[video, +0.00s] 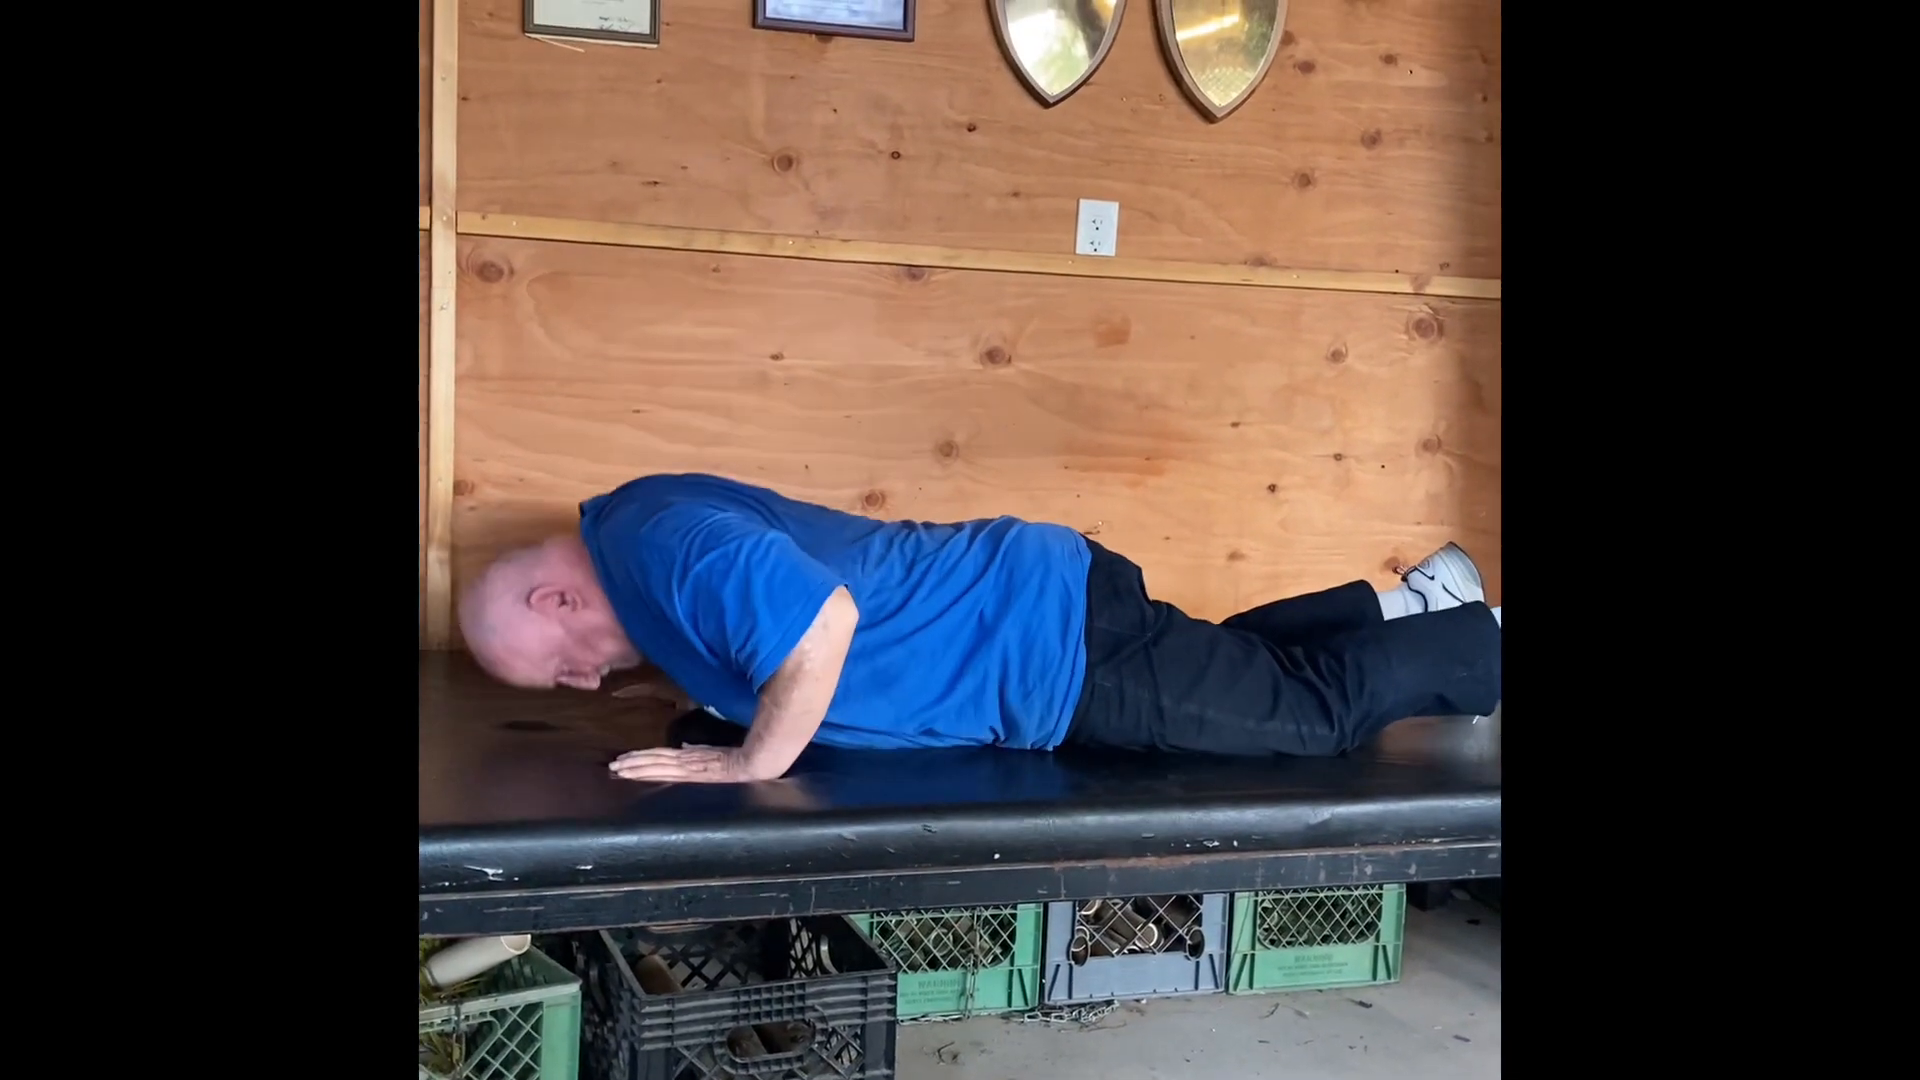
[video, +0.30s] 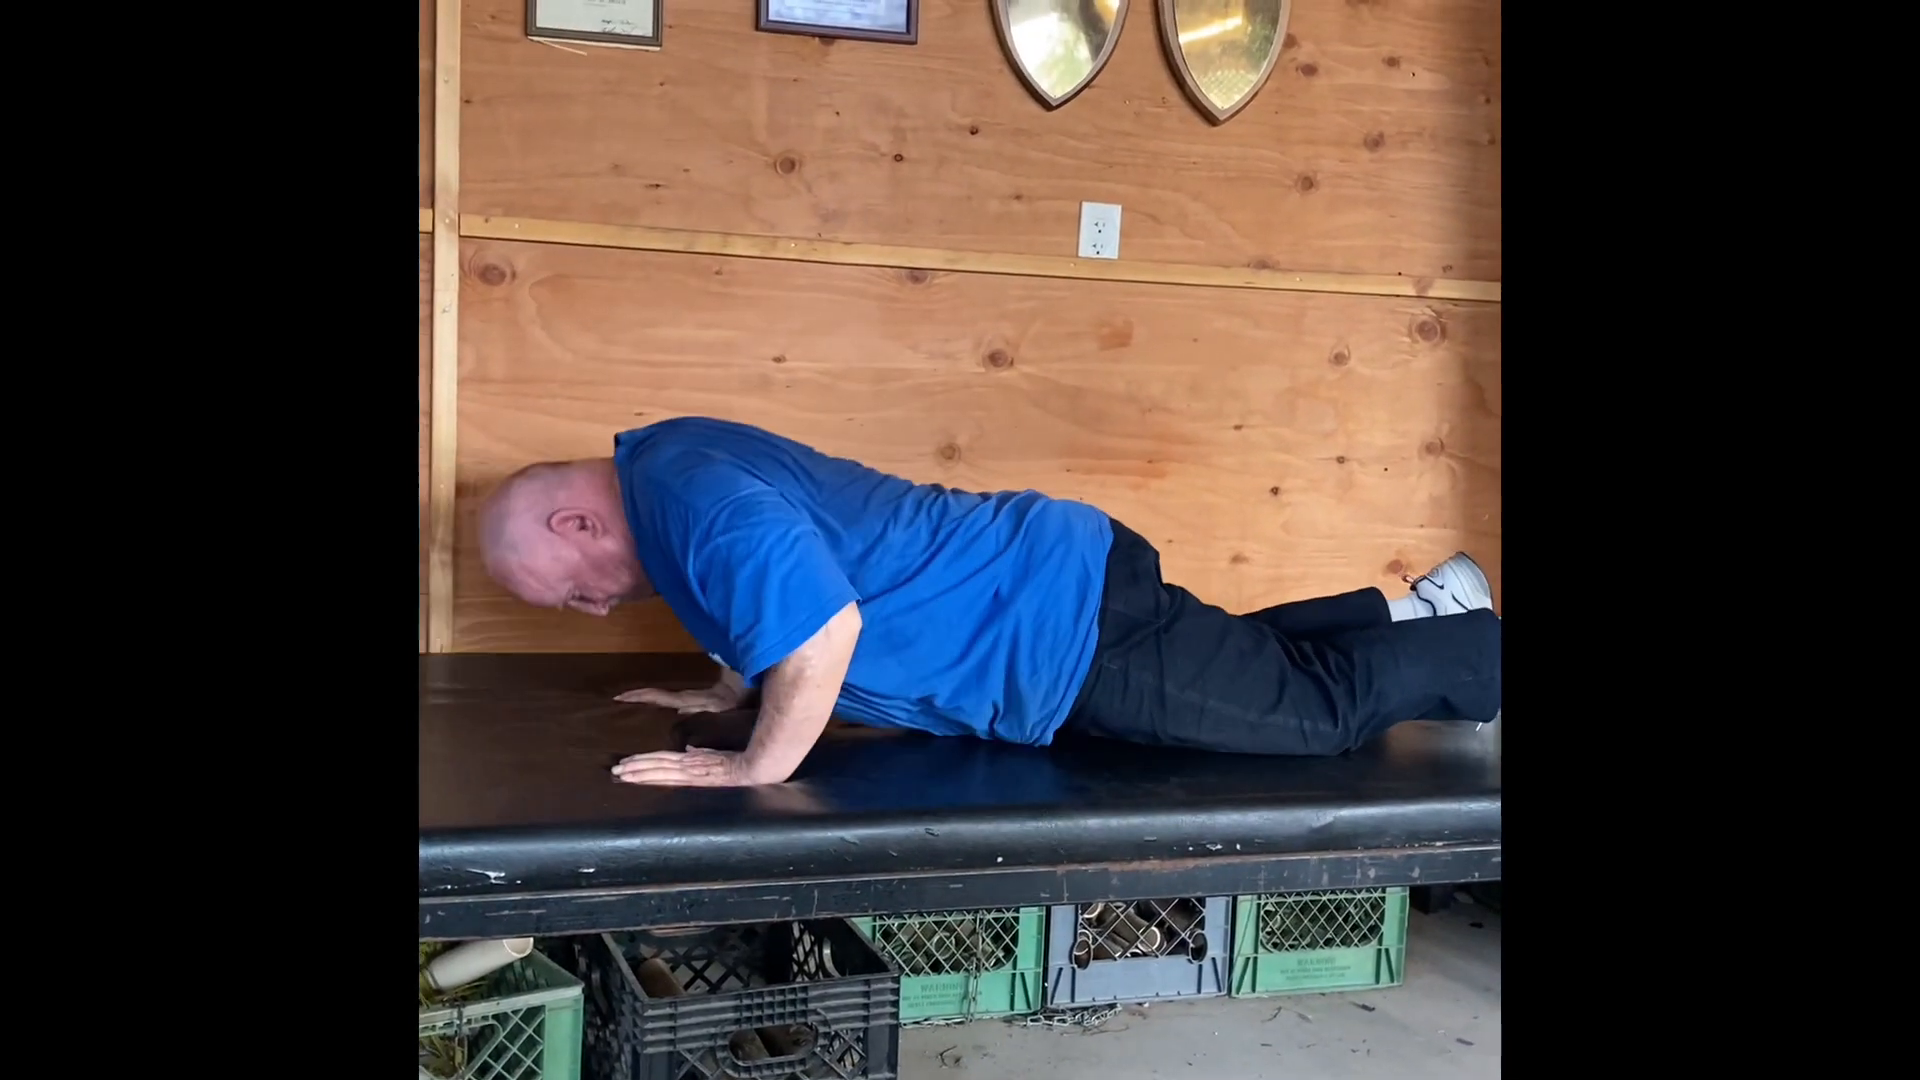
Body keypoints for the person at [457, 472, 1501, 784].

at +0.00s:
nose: (591, 675)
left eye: (566, 661)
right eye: (567, 674)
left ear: (554, 598)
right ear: (551, 589)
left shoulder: (667, 545)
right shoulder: (631, 559)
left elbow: (817, 625)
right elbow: (777, 637)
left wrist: (757, 764)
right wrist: (722, 717)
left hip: (1053, 636)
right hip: (1025, 655)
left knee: (1312, 709)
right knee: (1243, 676)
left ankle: (1484, 640)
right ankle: (1417, 603)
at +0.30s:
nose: (589, 601)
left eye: (566, 590)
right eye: (567, 596)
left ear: (570, 526)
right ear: (565, 498)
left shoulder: (700, 508)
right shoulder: (660, 472)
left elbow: (821, 628)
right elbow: (769, 591)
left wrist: (756, 768)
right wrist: (743, 683)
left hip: (1067, 623)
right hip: (1043, 589)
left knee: (1317, 712)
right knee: (1254, 661)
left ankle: (1486, 654)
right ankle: (1436, 609)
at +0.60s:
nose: (609, 537)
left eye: (586, 522)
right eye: (583, 530)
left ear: (587, 463)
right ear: (585, 443)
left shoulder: (717, 449)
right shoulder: (682, 429)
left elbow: (808, 614)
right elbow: (759, 585)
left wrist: (763, 767)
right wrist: (733, 702)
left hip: (1076, 575)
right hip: (1051, 569)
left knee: (1318, 680)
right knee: (1283, 644)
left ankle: (1488, 648)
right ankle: (1447, 602)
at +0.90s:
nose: (603, 549)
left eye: (579, 531)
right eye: (577, 552)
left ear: (571, 469)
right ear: (573, 491)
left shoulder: (700, 463)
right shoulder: (673, 444)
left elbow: (804, 607)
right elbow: (766, 594)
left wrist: (757, 767)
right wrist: (735, 711)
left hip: (1069, 581)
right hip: (1045, 573)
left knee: (1306, 686)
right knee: (1278, 644)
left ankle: (1482, 649)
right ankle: (1460, 606)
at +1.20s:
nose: (599, 670)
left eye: (577, 656)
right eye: (576, 670)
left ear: (562, 594)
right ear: (555, 582)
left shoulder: (676, 542)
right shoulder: (623, 537)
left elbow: (808, 634)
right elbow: (755, 640)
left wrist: (744, 771)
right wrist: (716, 715)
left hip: (1057, 619)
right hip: (1027, 642)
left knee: (1304, 708)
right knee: (1246, 671)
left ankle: (1481, 643)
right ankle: (1422, 610)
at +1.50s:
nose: (591, 622)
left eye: (568, 613)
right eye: (570, 619)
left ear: (566, 557)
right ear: (559, 528)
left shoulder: (683, 518)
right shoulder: (641, 487)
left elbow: (807, 633)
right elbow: (780, 599)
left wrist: (740, 771)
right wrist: (722, 693)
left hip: (1060, 607)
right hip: (1033, 586)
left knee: (1306, 687)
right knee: (1262, 654)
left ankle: (1479, 648)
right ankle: (1435, 612)